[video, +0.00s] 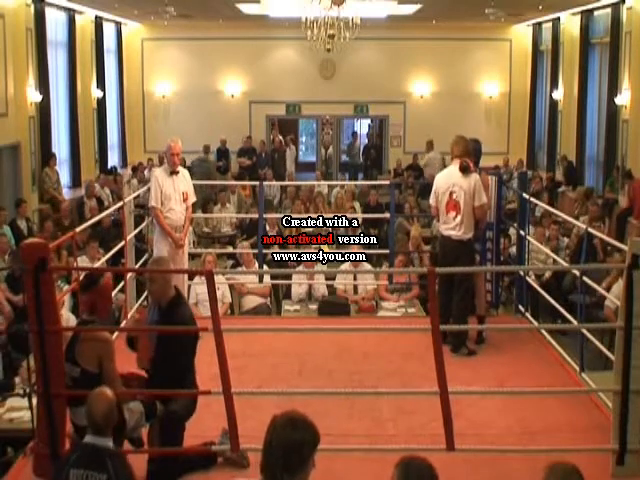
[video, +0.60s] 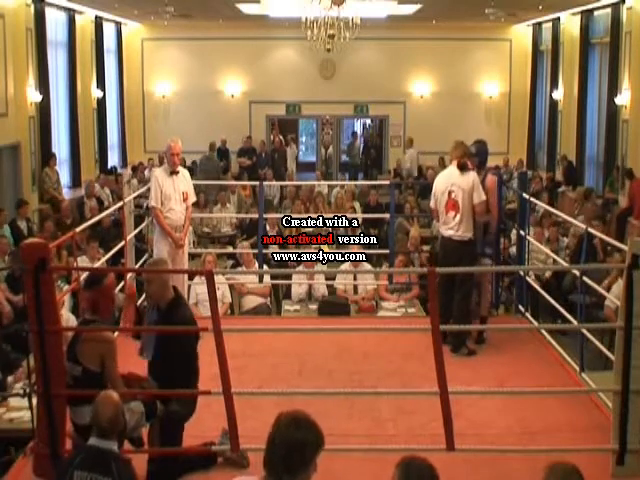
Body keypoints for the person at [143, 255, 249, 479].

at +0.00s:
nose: (149, 286)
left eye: (154, 280)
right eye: (147, 280)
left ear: (169, 280)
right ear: (148, 279)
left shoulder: (180, 318)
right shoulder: (158, 307)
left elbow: (171, 372)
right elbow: (141, 347)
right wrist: (133, 334)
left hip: (178, 396)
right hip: (161, 390)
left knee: (161, 470)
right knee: (159, 467)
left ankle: (217, 452)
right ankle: (215, 449)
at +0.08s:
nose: (149, 287)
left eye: (154, 281)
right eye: (148, 280)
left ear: (169, 280)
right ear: (146, 280)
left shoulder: (181, 319)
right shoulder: (158, 307)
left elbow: (170, 374)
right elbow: (143, 349)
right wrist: (132, 335)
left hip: (178, 396)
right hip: (160, 391)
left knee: (161, 469)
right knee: (159, 467)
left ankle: (217, 452)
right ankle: (215, 450)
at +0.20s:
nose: (149, 286)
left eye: (153, 280)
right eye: (147, 280)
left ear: (169, 280)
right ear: (146, 280)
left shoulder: (181, 319)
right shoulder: (158, 307)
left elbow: (169, 372)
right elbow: (149, 350)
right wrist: (133, 334)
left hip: (179, 395)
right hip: (160, 390)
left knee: (161, 469)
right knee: (159, 467)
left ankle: (217, 452)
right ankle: (215, 450)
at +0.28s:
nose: (149, 287)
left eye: (153, 281)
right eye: (147, 281)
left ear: (168, 280)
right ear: (146, 281)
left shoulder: (180, 318)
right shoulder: (160, 307)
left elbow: (168, 373)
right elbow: (148, 348)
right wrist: (134, 331)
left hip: (178, 396)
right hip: (162, 389)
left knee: (161, 470)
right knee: (159, 467)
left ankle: (217, 452)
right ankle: (215, 449)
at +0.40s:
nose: (146, 288)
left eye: (150, 282)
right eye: (145, 281)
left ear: (165, 281)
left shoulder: (180, 318)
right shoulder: (159, 309)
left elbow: (175, 369)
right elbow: (158, 358)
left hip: (177, 396)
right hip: (162, 391)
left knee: (161, 469)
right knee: (158, 467)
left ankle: (217, 452)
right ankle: (215, 449)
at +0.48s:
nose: (145, 288)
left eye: (149, 282)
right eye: (144, 282)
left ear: (164, 282)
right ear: (160, 282)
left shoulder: (180, 319)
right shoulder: (157, 309)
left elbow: (180, 371)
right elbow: (156, 357)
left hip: (175, 399)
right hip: (161, 394)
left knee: (161, 469)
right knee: (158, 467)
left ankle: (217, 451)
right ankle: (215, 449)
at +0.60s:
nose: (145, 288)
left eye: (149, 282)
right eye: (144, 281)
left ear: (165, 281)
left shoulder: (180, 318)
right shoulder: (155, 308)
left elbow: (182, 369)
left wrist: (173, 406)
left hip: (175, 399)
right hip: (160, 393)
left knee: (162, 469)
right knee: (157, 467)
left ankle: (217, 451)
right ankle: (215, 449)